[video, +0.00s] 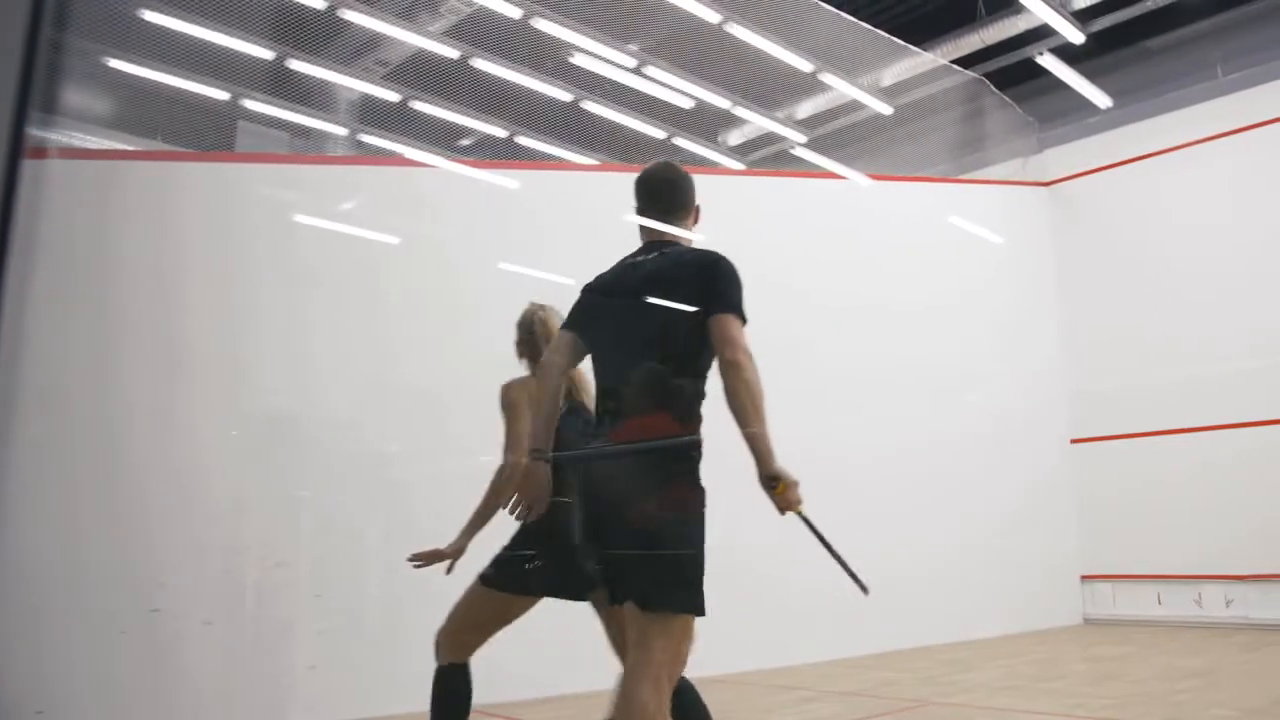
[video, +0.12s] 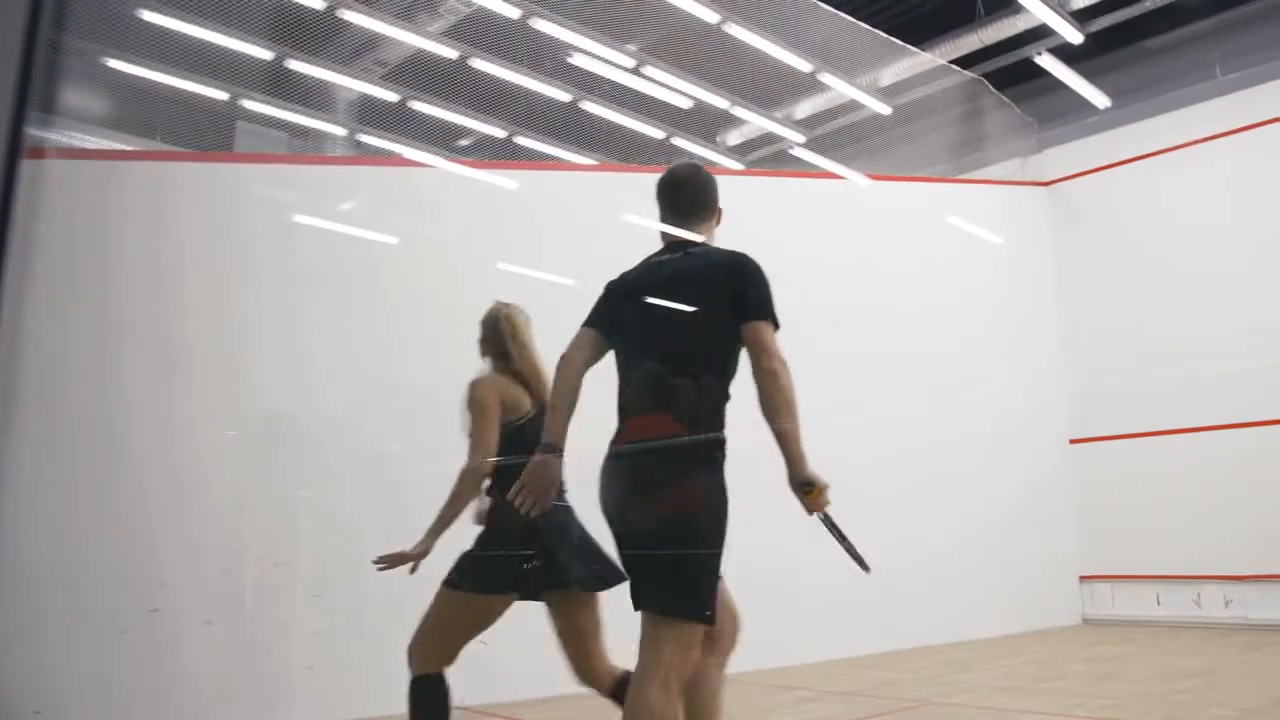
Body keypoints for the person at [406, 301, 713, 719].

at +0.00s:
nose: (518, 348)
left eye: (519, 341)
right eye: (523, 340)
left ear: (523, 346)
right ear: (563, 343)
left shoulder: (520, 391)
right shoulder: (593, 384)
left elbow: (515, 466)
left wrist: (462, 540)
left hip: (546, 538)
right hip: (600, 534)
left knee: (453, 644)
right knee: (643, 658)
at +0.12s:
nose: (479, 341)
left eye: (482, 335)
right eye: (482, 334)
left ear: (488, 341)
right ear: (523, 339)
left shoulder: (488, 388)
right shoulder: (543, 389)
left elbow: (479, 468)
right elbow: (543, 467)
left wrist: (427, 540)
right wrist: (498, 504)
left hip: (510, 542)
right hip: (561, 539)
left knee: (427, 656)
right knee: (595, 669)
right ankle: (672, 711)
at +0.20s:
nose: (454, 342)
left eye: (457, 335)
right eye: (456, 334)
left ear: (465, 340)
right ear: (499, 340)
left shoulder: (466, 386)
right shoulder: (515, 396)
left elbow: (453, 470)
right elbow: (504, 501)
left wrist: (401, 544)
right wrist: (438, 506)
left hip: (492, 539)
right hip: (538, 540)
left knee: (408, 655)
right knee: (547, 675)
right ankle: (633, 716)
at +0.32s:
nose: (419, 347)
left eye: (422, 339)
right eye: (421, 338)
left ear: (429, 342)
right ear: (462, 342)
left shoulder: (433, 387)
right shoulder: (480, 396)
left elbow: (415, 476)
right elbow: (456, 494)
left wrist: (363, 545)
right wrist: (388, 487)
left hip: (465, 541)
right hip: (509, 545)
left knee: (387, 661)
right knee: (469, 674)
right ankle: (573, 717)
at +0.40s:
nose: (395, 352)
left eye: (396, 344)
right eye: (397, 344)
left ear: (401, 346)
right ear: (440, 345)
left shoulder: (412, 391)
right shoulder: (460, 402)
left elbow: (390, 478)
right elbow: (409, 493)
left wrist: (338, 546)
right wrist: (350, 474)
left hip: (450, 542)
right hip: (491, 547)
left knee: (372, 665)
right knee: (421, 664)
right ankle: (516, 716)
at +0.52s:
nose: (361, 357)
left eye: (364, 348)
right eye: (362, 347)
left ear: (372, 351)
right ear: (405, 350)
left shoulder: (382, 397)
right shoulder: (425, 406)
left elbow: (355, 482)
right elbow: (362, 491)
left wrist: (306, 544)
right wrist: (306, 453)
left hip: (424, 550)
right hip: (456, 550)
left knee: (347, 674)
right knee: (373, 654)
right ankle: (416, 714)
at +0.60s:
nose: (341, 363)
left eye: (343, 353)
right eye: (344, 353)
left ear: (348, 356)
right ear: (385, 354)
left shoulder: (362, 403)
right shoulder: (400, 408)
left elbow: (331, 485)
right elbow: (333, 484)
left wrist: (286, 545)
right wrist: (281, 440)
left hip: (408, 553)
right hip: (429, 549)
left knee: (332, 685)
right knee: (327, 623)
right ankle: (358, 705)